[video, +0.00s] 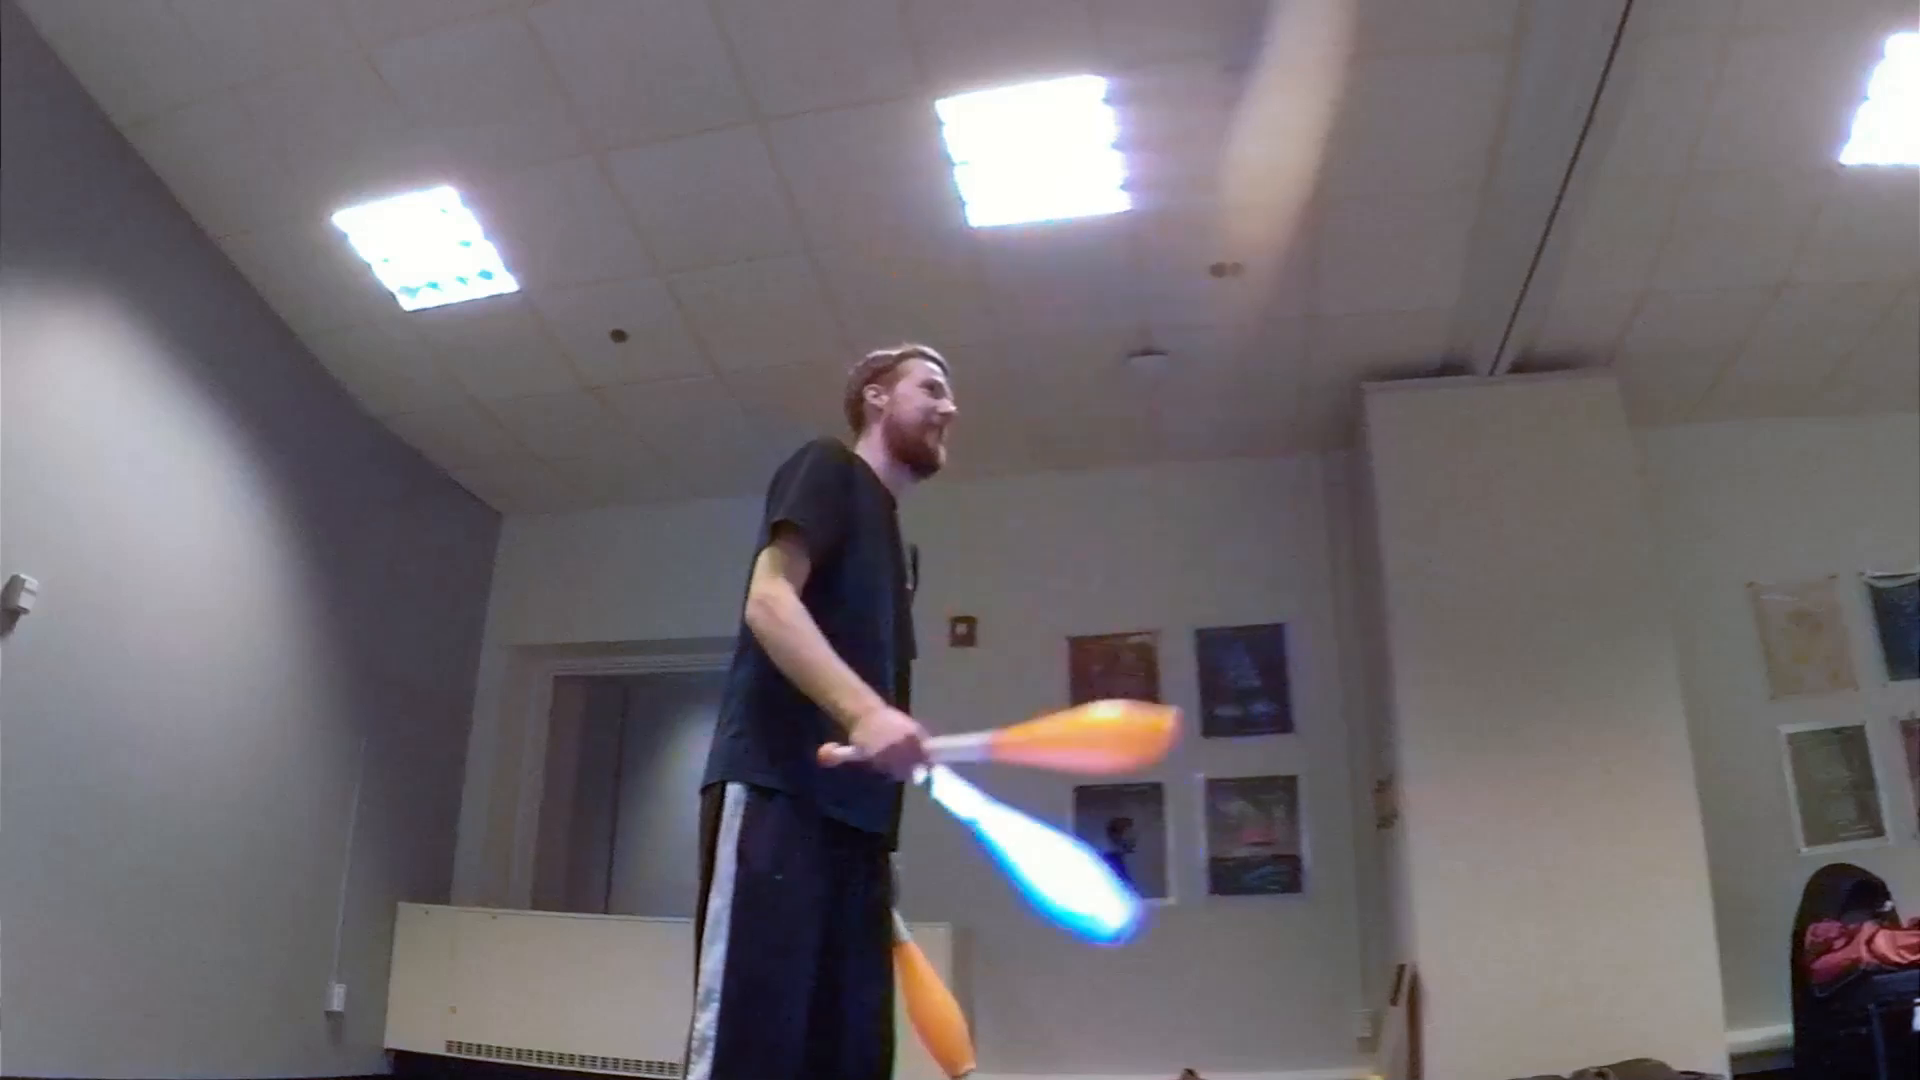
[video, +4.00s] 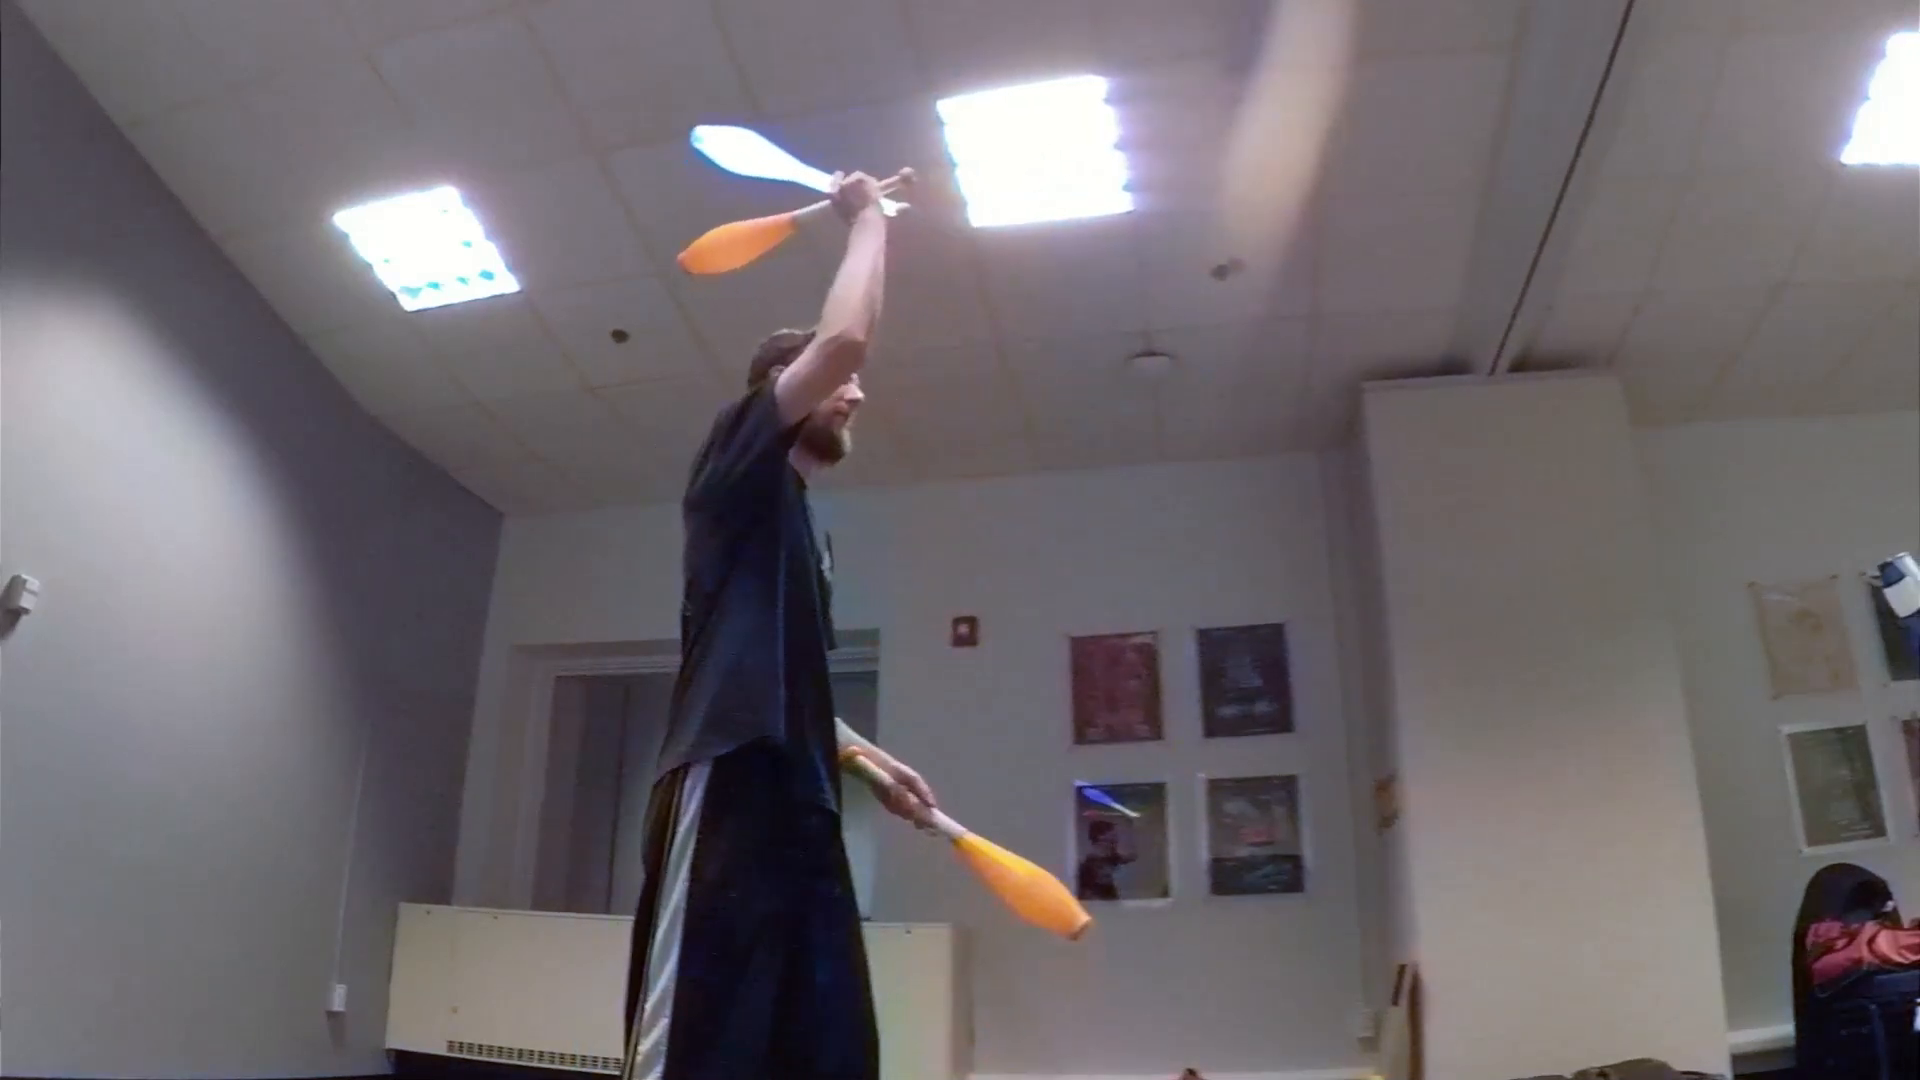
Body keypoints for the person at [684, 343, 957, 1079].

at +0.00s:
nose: (949, 406)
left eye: (950, 396)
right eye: (930, 387)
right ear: (874, 397)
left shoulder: (891, 535)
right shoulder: (827, 467)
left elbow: (873, 692)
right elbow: (769, 602)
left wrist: (875, 854)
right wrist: (864, 711)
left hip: (852, 814)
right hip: (777, 798)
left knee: (849, 1038)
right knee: (752, 1031)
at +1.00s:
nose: (822, 381)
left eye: (824, 372)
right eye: (801, 362)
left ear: (822, 405)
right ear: (741, 379)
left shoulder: (790, 524)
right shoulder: (686, 470)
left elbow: (774, 670)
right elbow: (599, 618)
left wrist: (788, 740)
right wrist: (710, 709)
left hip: (771, 814)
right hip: (685, 806)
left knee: (836, 1046)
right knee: (683, 1050)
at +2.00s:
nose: (801, 397)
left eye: (805, 388)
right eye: (782, 378)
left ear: (799, 411)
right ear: (724, 388)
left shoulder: (763, 534)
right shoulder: (684, 454)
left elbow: (751, 666)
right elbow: (770, 484)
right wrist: (934, 415)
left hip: (755, 798)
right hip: (674, 786)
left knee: (813, 1029)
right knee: (671, 1026)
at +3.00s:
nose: (922, 414)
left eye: (926, 397)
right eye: (911, 394)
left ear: (903, 408)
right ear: (855, 391)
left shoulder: (879, 536)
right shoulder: (805, 454)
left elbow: (862, 704)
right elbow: (899, 431)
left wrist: (890, 826)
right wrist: (982, 304)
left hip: (845, 794)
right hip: (767, 782)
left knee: (856, 1027)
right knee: (735, 1018)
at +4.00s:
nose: (854, 395)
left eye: (855, 381)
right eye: (838, 374)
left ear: (823, 398)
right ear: (780, 380)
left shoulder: (789, 515)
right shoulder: (737, 458)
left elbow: (785, 688)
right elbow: (842, 334)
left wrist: (871, 759)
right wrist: (869, 215)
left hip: (793, 779)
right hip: (732, 770)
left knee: (817, 1008)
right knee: (710, 1006)